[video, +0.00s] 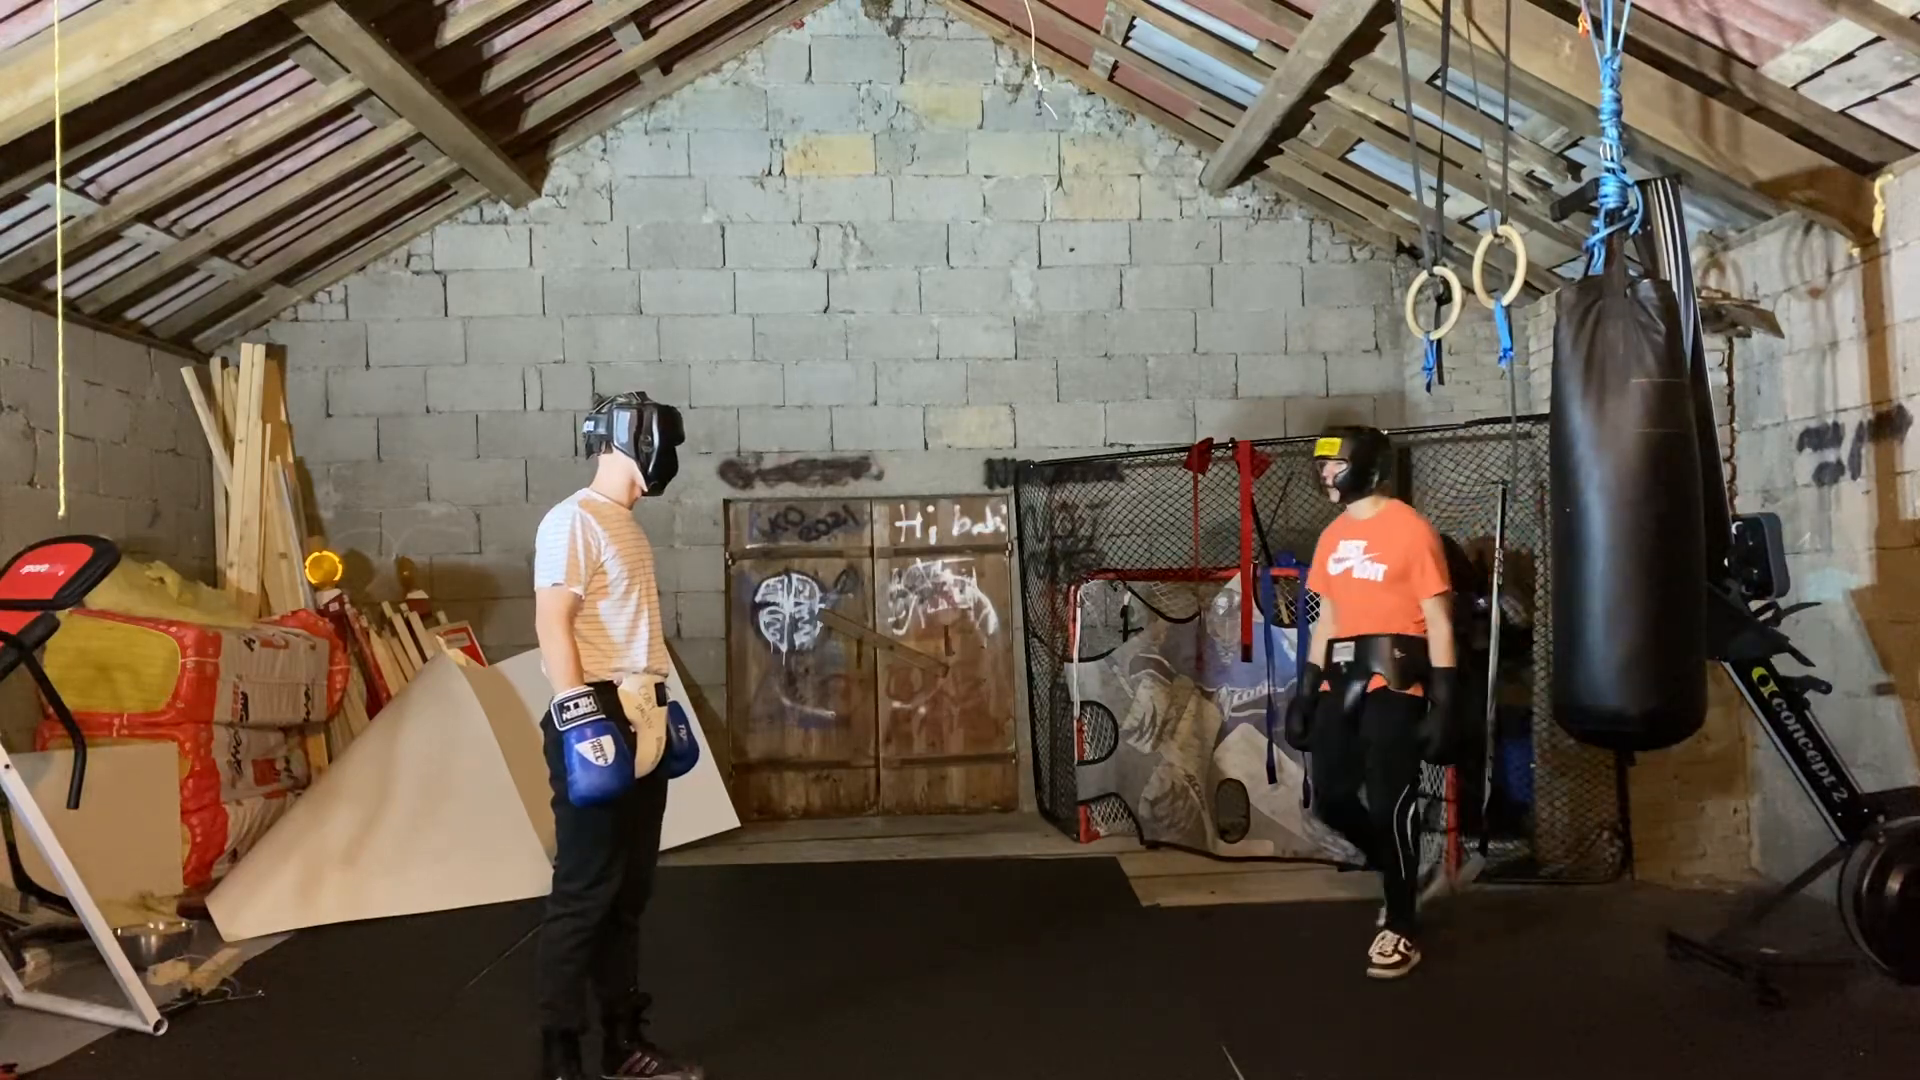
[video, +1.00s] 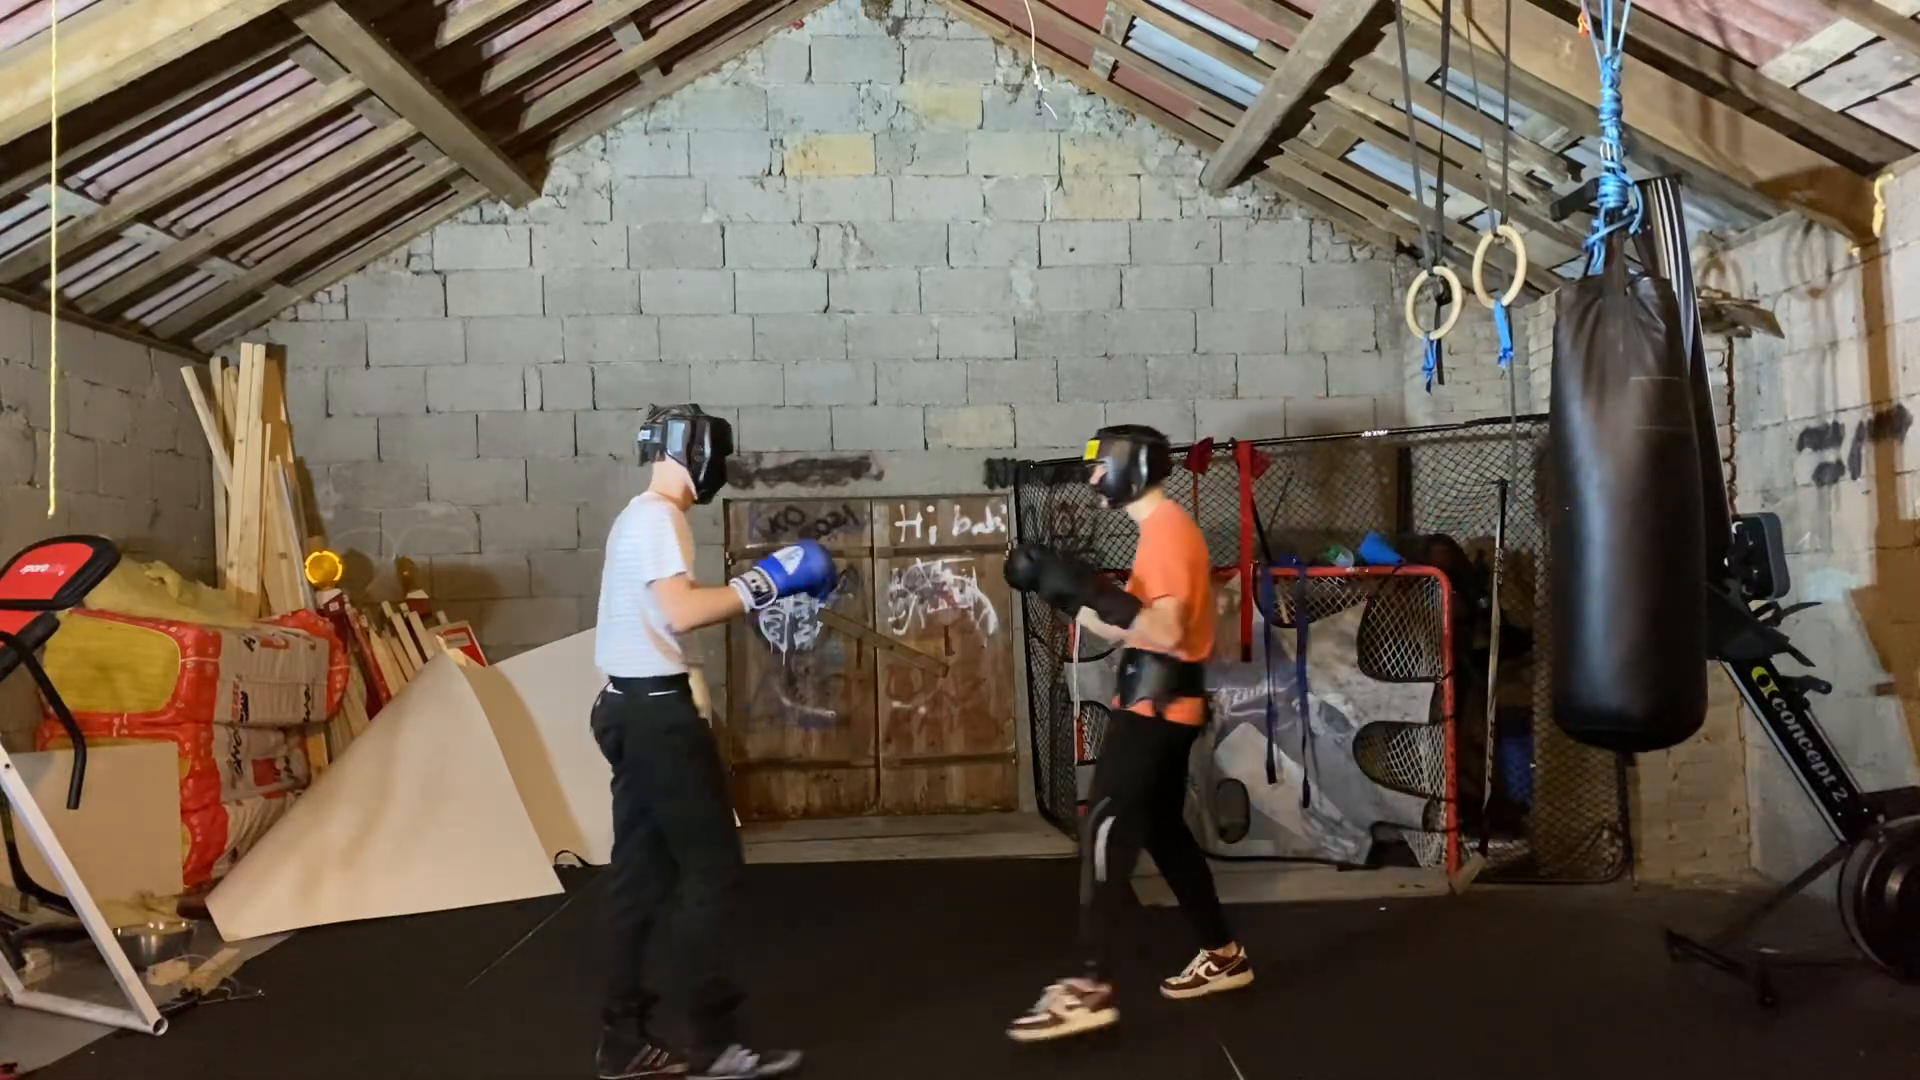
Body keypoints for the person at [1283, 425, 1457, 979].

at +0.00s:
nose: (1325, 472)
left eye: (1335, 461)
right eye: (1322, 462)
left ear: (1366, 463)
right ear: (1329, 470)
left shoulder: (1411, 528)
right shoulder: (1332, 534)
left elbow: (1438, 619)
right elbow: (1325, 617)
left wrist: (1444, 708)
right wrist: (1306, 689)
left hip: (1398, 681)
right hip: (1343, 681)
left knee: (1389, 806)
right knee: (1331, 800)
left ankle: (1398, 928)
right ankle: (1398, 868)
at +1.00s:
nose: (1096, 477)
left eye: (1104, 465)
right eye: (1097, 465)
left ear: (1132, 470)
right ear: (1146, 469)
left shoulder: (1165, 532)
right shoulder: (1163, 528)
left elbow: (1167, 631)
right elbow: (1156, 617)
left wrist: (1086, 608)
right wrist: (1087, 593)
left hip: (1155, 712)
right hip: (1167, 710)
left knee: (1104, 835)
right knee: (1163, 831)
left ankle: (1090, 985)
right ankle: (1221, 950)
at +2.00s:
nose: (1118, 425)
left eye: (1122, 414)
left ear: (1132, 417)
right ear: (1198, 421)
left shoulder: (1098, 480)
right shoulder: (1245, 499)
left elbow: (1054, 584)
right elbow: (1288, 635)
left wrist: (1047, 637)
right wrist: (1222, 646)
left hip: (1111, 721)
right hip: (1205, 723)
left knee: (1115, 880)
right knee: (1232, 900)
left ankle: (1128, 1050)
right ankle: (1252, 1064)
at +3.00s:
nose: (1086, 431)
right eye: (1082, 418)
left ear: (992, 425)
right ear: (1072, 422)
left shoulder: (938, 512)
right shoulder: (1097, 498)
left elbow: (932, 638)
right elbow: (1215, 606)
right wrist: (1180, 514)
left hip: (966, 800)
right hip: (1066, 802)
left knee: (987, 983)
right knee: (1136, 1008)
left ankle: (968, 1062)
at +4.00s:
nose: (890, 468)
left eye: (895, 449)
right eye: (889, 447)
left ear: (801, 431)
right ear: (859, 447)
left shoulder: (742, 516)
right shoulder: (818, 527)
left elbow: (892, 556)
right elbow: (950, 573)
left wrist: (912, 471)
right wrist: (953, 457)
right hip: (783, 821)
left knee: (897, 992)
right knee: (763, 1044)